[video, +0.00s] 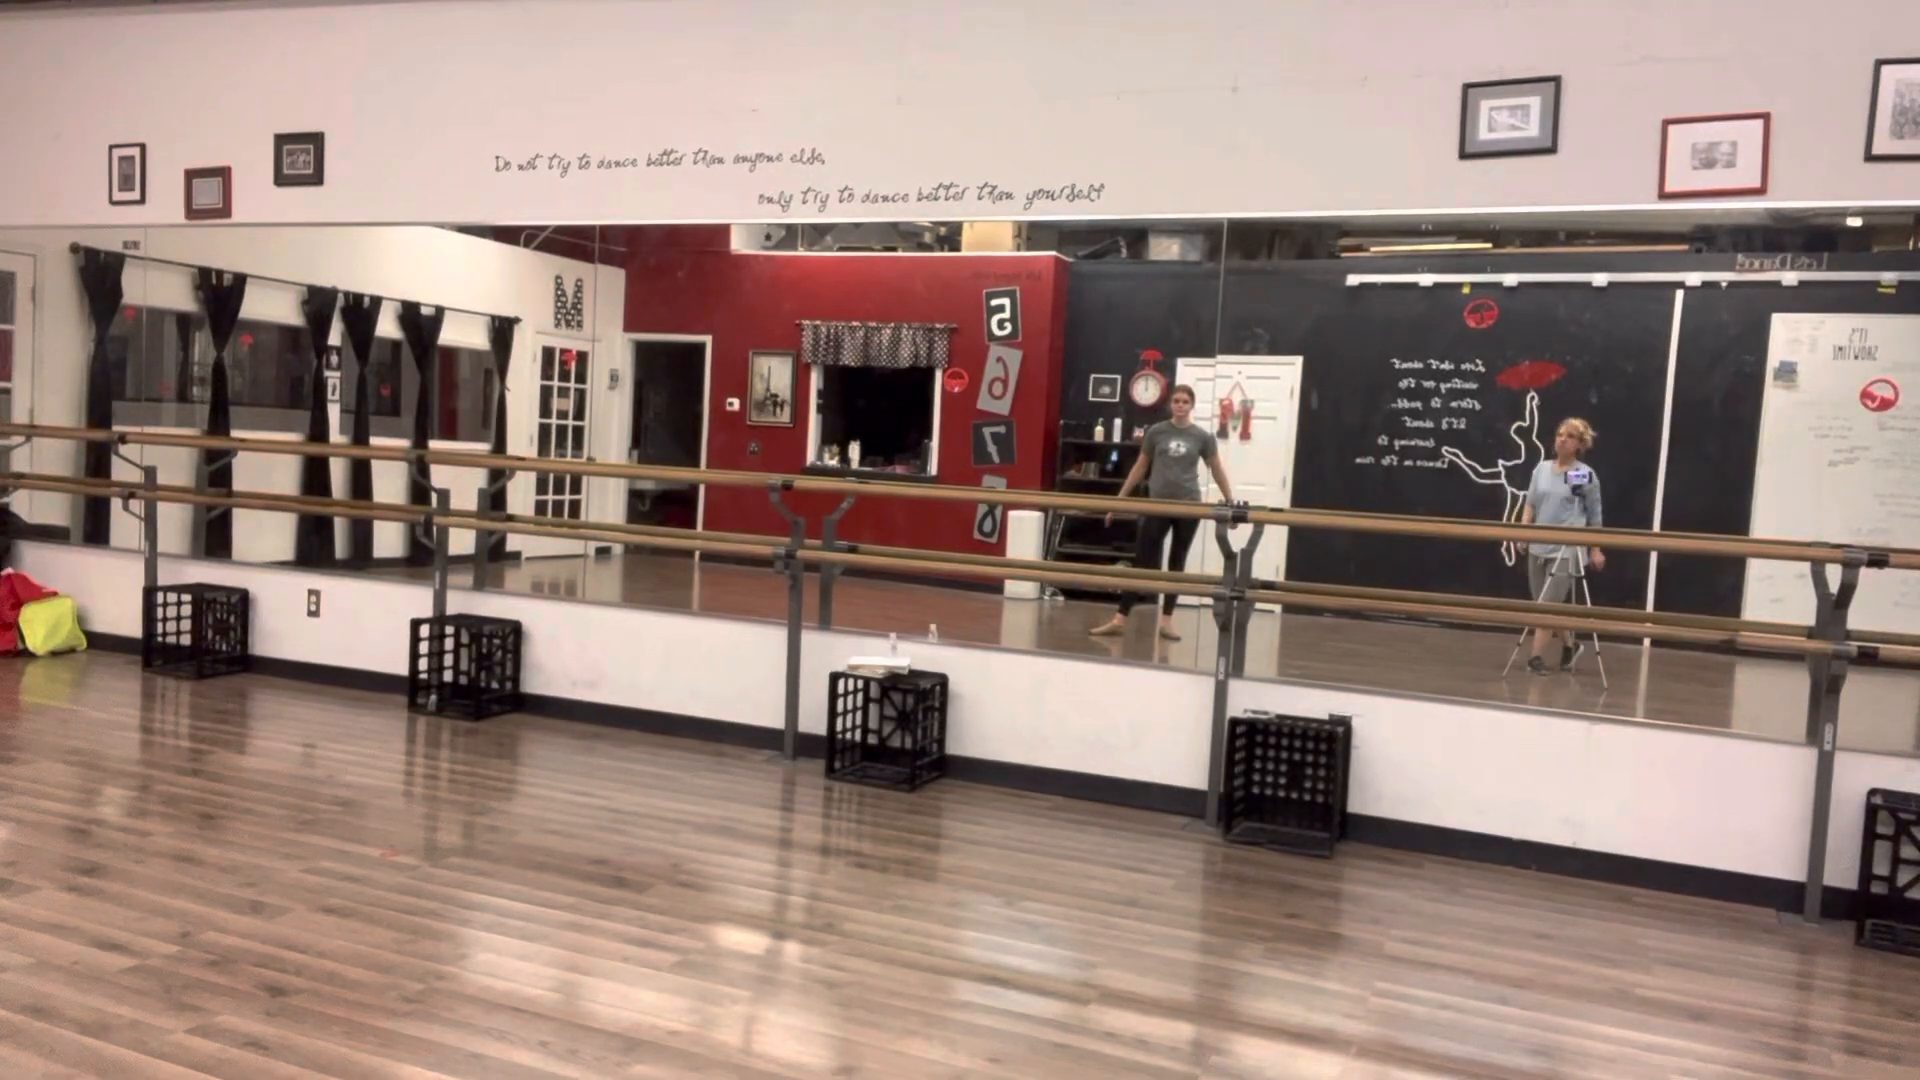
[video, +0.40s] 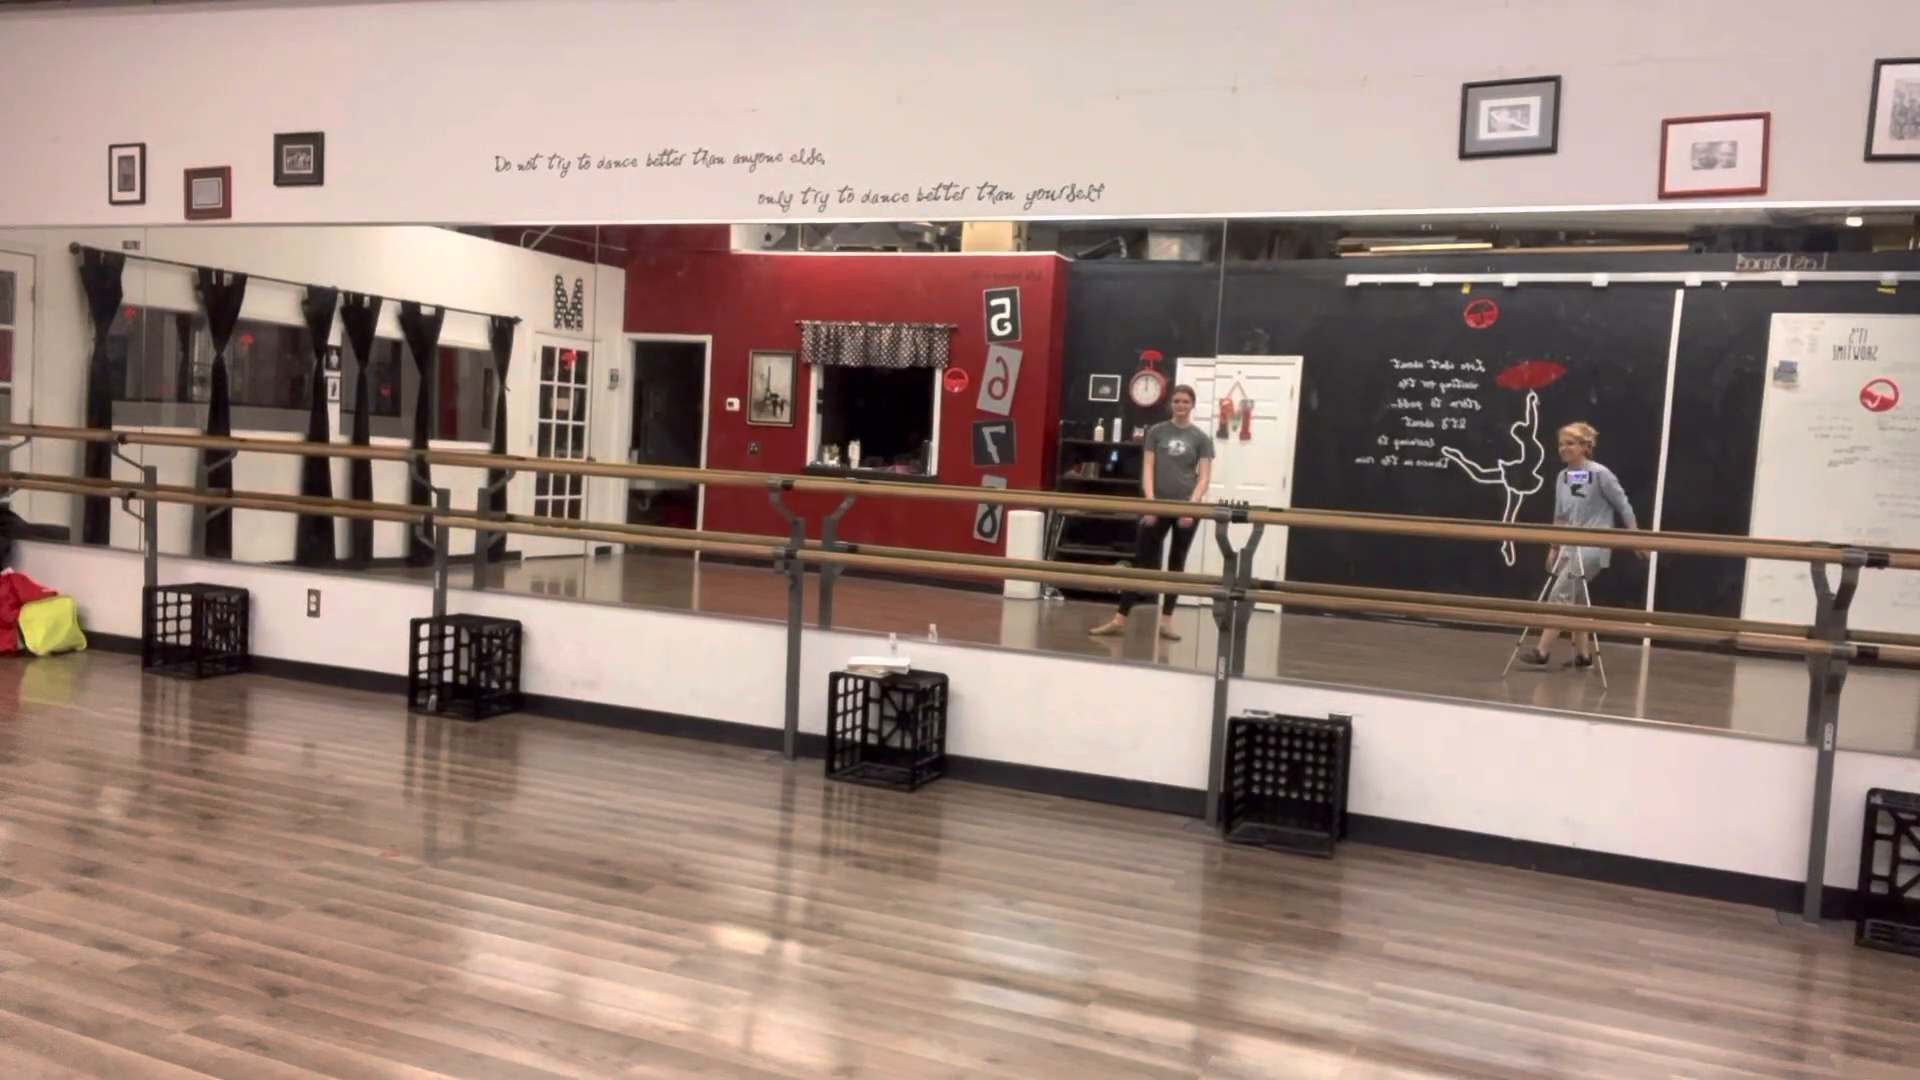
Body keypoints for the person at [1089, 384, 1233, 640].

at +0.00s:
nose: (1180, 406)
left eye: (1185, 402)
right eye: (1176, 402)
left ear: (1192, 406)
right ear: (1170, 404)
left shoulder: (1203, 436)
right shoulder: (1155, 432)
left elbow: (1217, 470)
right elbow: (1140, 467)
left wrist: (1230, 501)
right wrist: (1119, 502)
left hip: (1188, 509)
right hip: (1157, 506)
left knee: (1176, 563)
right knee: (1142, 559)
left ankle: (1166, 620)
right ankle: (1120, 618)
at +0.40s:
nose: (1180, 406)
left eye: (1185, 402)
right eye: (1177, 401)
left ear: (1193, 406)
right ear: (1171, 404)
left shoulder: (1202, 439)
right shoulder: (1155, 432)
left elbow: (1204, 477)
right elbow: (1148, 469)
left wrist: (1191, 508)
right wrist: (1150, 504)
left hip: (1185, 508)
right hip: (1157, 505)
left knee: (1176, 564)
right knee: (1142, 560)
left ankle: (1166, 619)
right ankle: (1120, 617)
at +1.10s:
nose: (1178, 404)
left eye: (1183, 401)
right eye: (1174, 400)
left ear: (1191, 405)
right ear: (1169, 403)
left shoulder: (1201, 437)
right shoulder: (1153, 432)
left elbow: (1213, 473)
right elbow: (1140, 469)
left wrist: (1223, 504)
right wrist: (1119, 504)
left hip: (1187, 509)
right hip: (1155, 507)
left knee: (1176, 564)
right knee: (1141, 559)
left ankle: (1165, 619)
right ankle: (1120, 618)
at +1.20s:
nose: (1178, 404)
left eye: (1183, 400)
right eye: (1174, 400)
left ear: (1191, 405)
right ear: (1169, 403)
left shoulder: (1201, 437)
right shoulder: (1154, 432)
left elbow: (1214, 471)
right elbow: (1139, 467)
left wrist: (1225, 503)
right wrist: (1117, 501)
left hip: (1187, 509)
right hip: (1155, 506)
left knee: (1176, 563)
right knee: (1141, 559)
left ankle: (1165, 619)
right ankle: (1120, 618)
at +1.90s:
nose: (1180, 405)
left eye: (1184, 401)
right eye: (1176, 401)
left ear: (1192, 405)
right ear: (1170, 404)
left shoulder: (1202, 438)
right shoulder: (1154, 432)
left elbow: (1205, 479)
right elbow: (1148, 470)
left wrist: (1189, 503)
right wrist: (1150, 502)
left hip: (1185, 507)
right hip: (1156, 505)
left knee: (1176, 563)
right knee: (1141, 559)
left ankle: (1166, 619)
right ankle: (1120, 617)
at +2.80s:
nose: (1181, 405)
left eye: (1185, 401)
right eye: (1177, 401)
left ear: (1193, 405)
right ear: (1171, 404)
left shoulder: (1202, 438)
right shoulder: (1155, 432)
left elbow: (1203, 476)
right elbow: (1147, 469)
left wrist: (1189, 505)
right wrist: (1153, 500)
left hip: (1185, 507)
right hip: (1157, 504)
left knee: (1176, 563)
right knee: (1142, 558)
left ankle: (1166, 619)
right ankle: (1120, 617)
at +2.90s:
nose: (1180, 405)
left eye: (1185, 401)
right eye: (1177, 401)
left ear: (1193, 405)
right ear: (1171, 404)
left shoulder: (1202, 438)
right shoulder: (1155, 432)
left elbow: (1201, 476)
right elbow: (1149, 469)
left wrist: (1179, 494)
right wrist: (1162, 492)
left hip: (1187, 504)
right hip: (1158, 501)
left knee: (1177, 560)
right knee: (1143, 556)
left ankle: (1166, 619)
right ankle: (1120, 616)